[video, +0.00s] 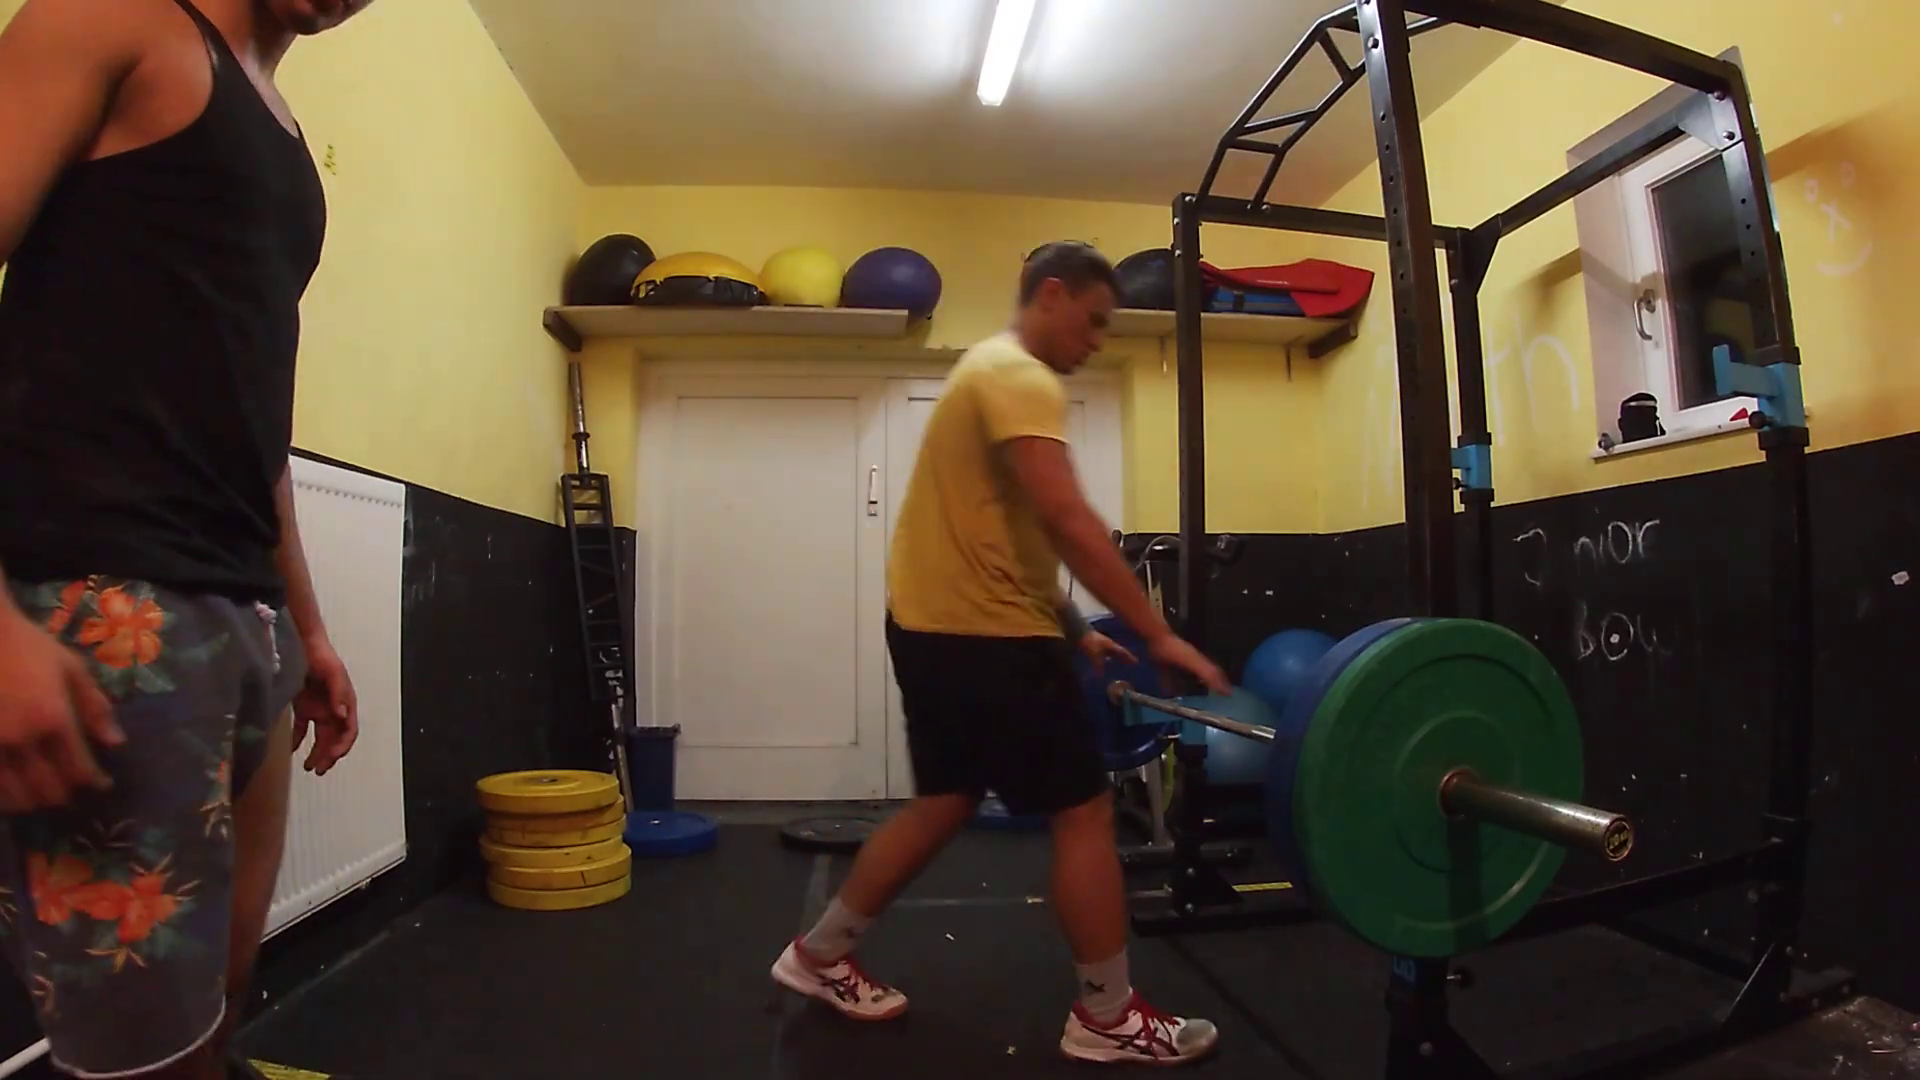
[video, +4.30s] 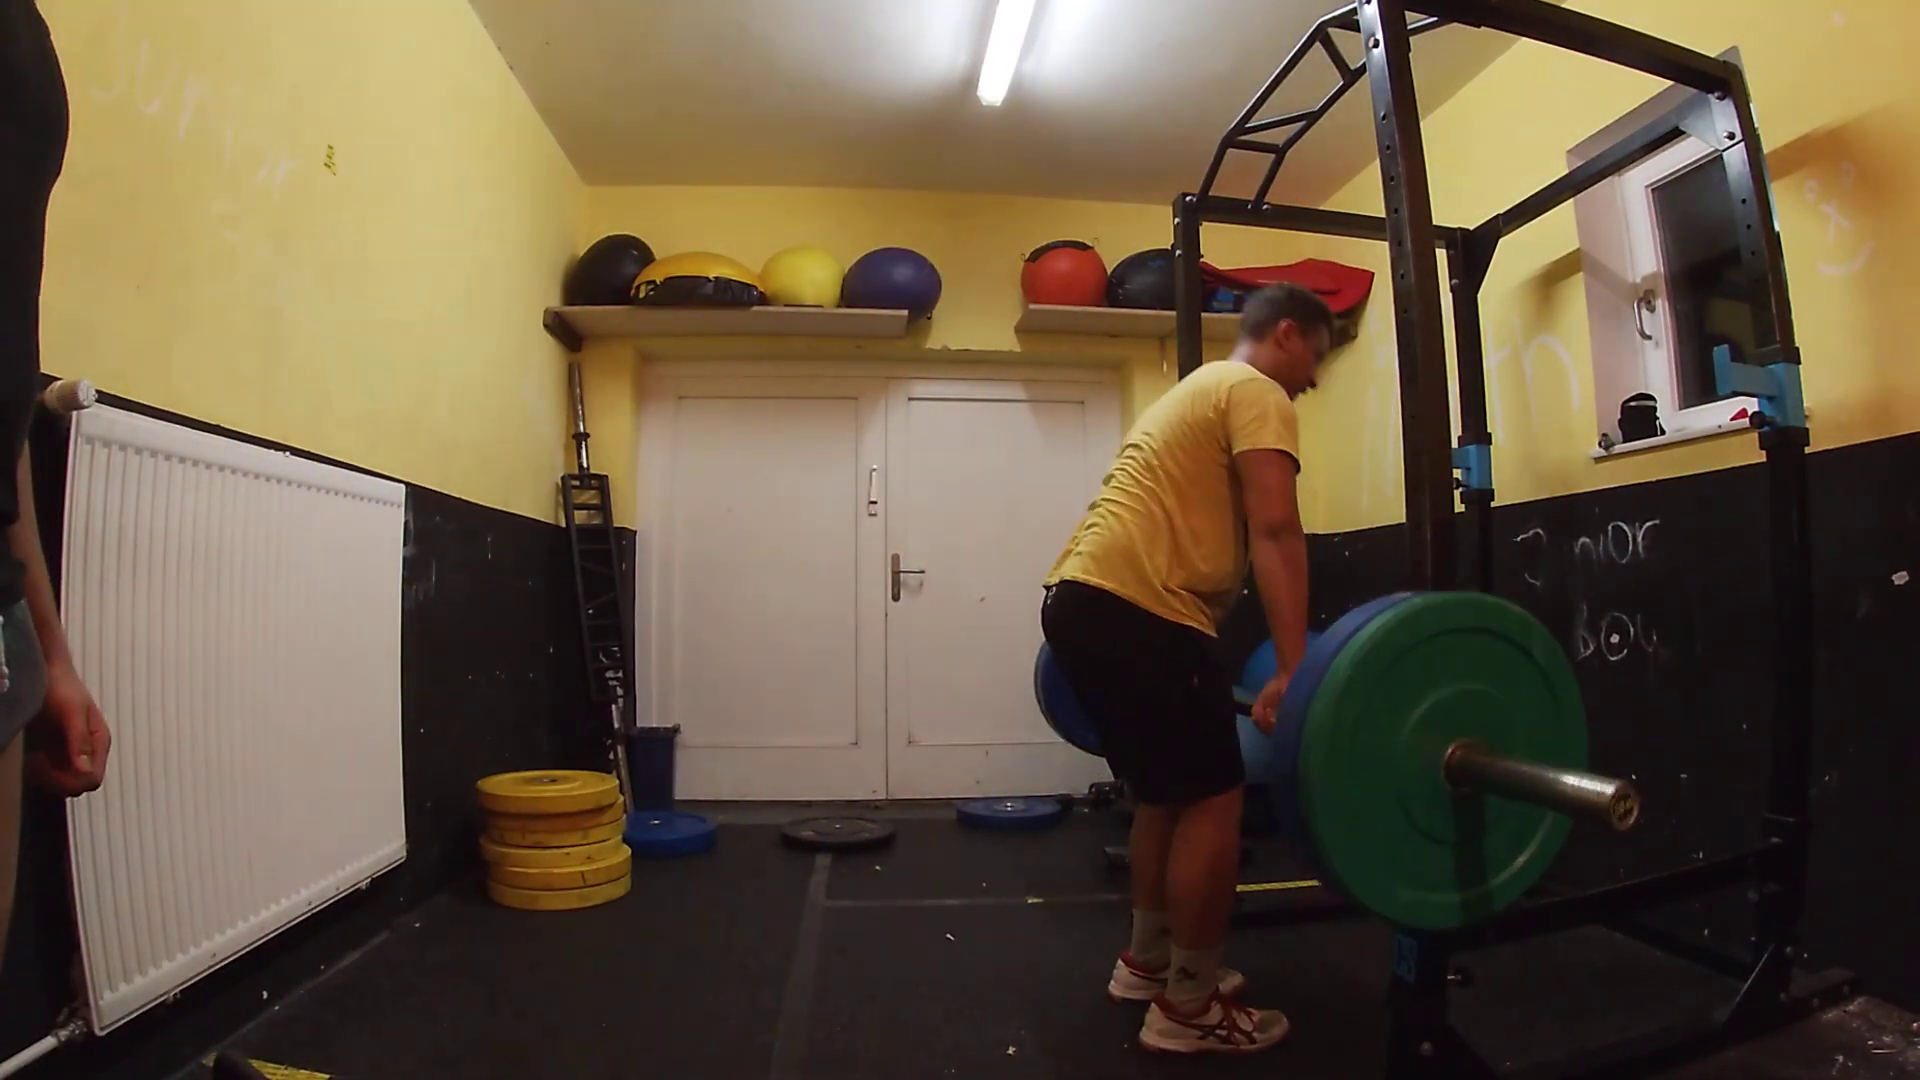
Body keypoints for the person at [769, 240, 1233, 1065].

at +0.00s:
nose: (1098, 341)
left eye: (1105, 326)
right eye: (1093, 321)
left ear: (1041, 301)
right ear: (1049, 296)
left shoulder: (987, 370)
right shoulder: (1018, 374)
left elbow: (1001, 535)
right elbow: (1067, 519)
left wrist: (1073, 626)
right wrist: (1163, 637)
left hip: (933, 622)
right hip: (996, 629)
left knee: (947, 798)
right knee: (1082, 808)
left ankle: (819, 950)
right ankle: (1108, 1012)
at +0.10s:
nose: (1162, 368)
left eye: (1169, 353)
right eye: (1161, 347)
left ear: (1108, 321)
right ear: (1118, 317)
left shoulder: (1041, 383)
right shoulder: (1081, 389)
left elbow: (1065, 544)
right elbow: (1149, 539)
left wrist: (1124, 647)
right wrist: (1226, 659)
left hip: (952, 619)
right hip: (1009, 627)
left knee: (1023, 799)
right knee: (1101, 803)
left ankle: (869, 915)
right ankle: (1107, 1014)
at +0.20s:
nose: (1210, 402)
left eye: (1218, 387)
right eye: (1214, 380)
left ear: (1168, 345)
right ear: (1180, 345)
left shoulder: (1087, 395)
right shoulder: (1135, 401)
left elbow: (1103, 558)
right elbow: (1198, 550)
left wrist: (1154, 661)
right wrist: (1260, 675)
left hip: (958, 605)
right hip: (1015, 617)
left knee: (1055, 781)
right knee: (1103, 803)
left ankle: (936, 909)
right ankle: (1107, 1016)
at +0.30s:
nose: (1238, 421)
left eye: (1249, 409)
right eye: (1246, 401)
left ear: (1196, 361)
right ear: (1219, 364)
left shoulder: (1115, 405)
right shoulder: (1167, 406)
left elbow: (1129, 569)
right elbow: (1220, 556)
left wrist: (1164, 672)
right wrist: (1267, 690)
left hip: (972, 598)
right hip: (1028, 610)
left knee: (1059, 788)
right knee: (1102, 801)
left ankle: (1024, 947)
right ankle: (1107, 1015)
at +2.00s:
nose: (1335, 468)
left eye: (1347, 461)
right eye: (1348, 451)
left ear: (1322, 395)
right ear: (1337, 407)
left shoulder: (1229, 411)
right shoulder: (1287, 417)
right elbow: (1286, 547)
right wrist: (1278, 693)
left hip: (1079, 592)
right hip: (1135, 605)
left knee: (1151, 790)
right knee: (1201, 800)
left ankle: (1145, 957)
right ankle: (1187, 1006)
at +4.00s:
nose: (1354, 454)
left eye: (1365, 446)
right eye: (1365, 436)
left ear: (1329, 392)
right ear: (1346, 401)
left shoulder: (1247, 417)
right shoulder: (1296, 421)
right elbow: (1300, 557)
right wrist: (1300, 698)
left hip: (1081, 595)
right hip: (1137, 605)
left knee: (1159, 788)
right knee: (1213, 797)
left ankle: (1147, 957)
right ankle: (1190, 1005)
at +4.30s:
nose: (1314, 378)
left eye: (1319, 363)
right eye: (1315, 359)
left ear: (1258, 332)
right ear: (1288, 334)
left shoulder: (1198, 389)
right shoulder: (1253, 389)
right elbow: (1274, 527)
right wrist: (1293, 668)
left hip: (1084, 598)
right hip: (1140, 607)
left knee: (1160, 791)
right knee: (1214, 796)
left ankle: (1148, 960)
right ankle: (1190, 1004)